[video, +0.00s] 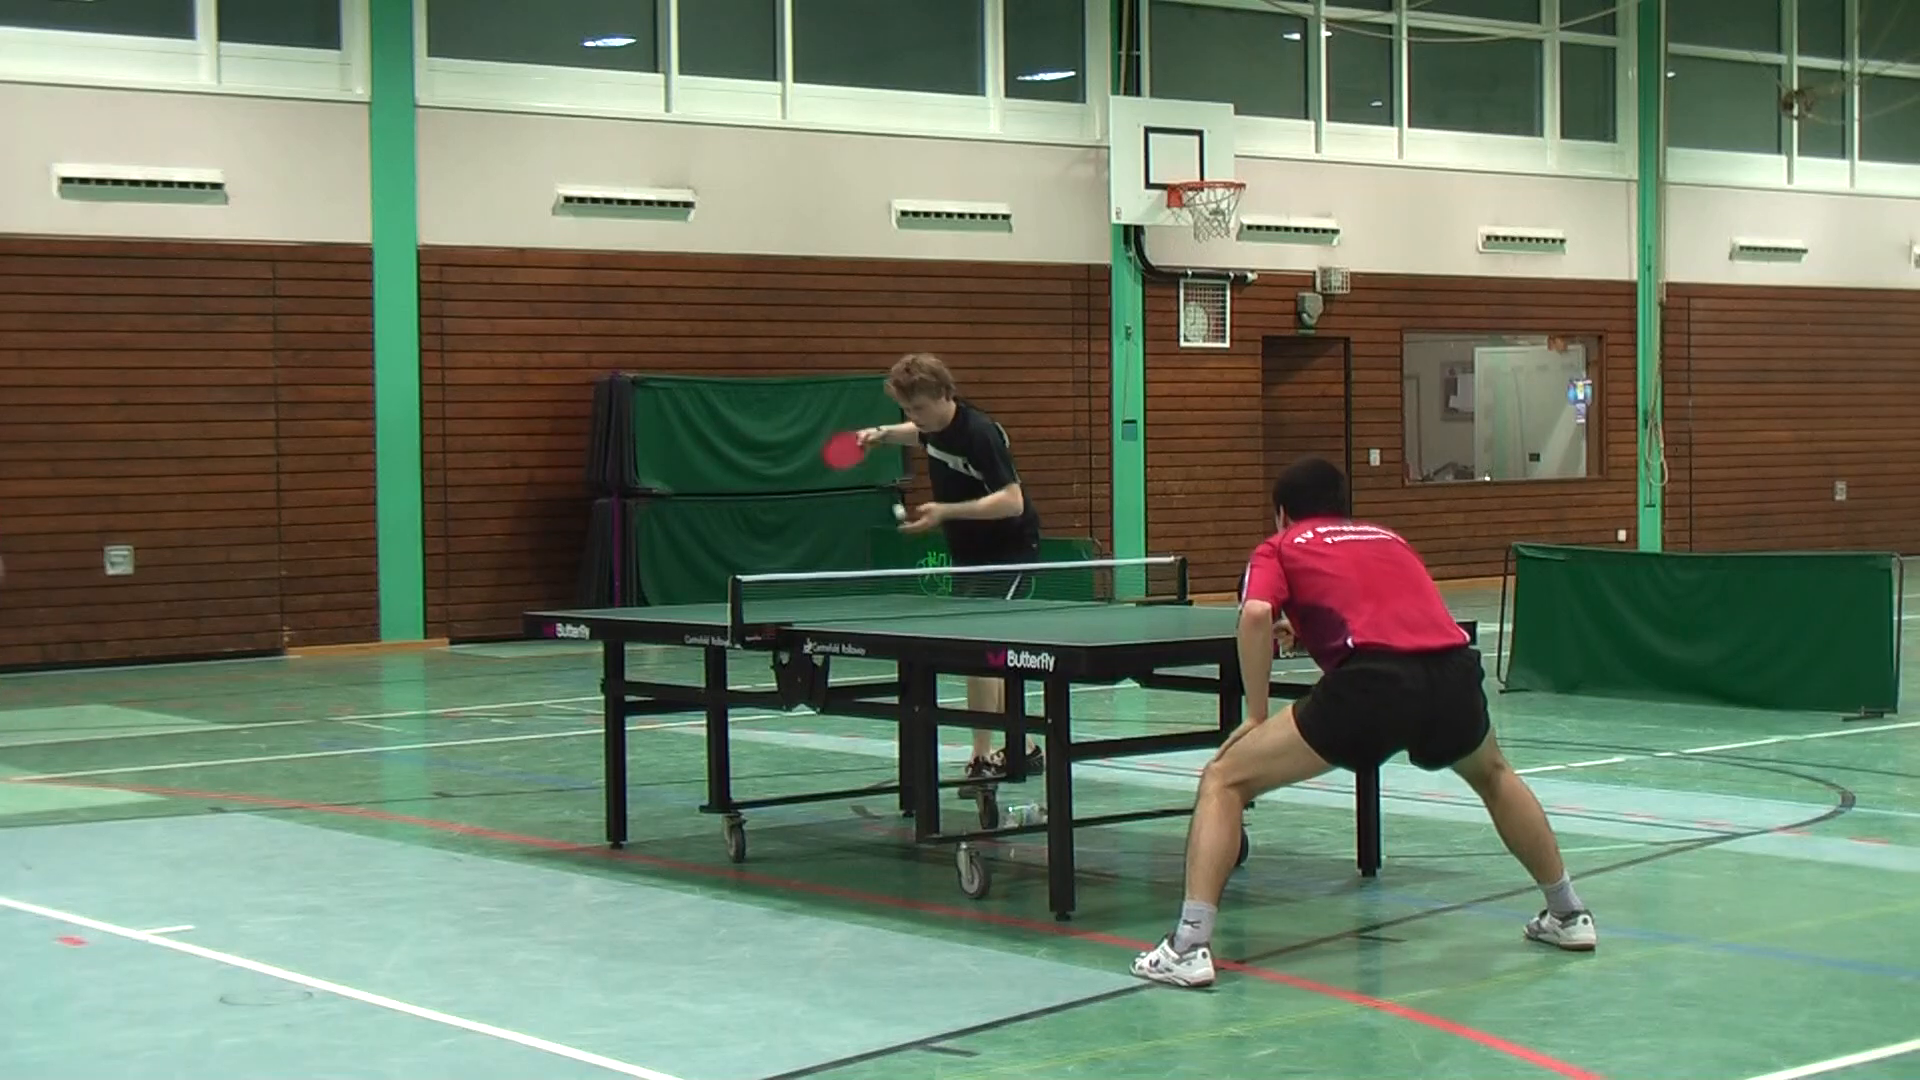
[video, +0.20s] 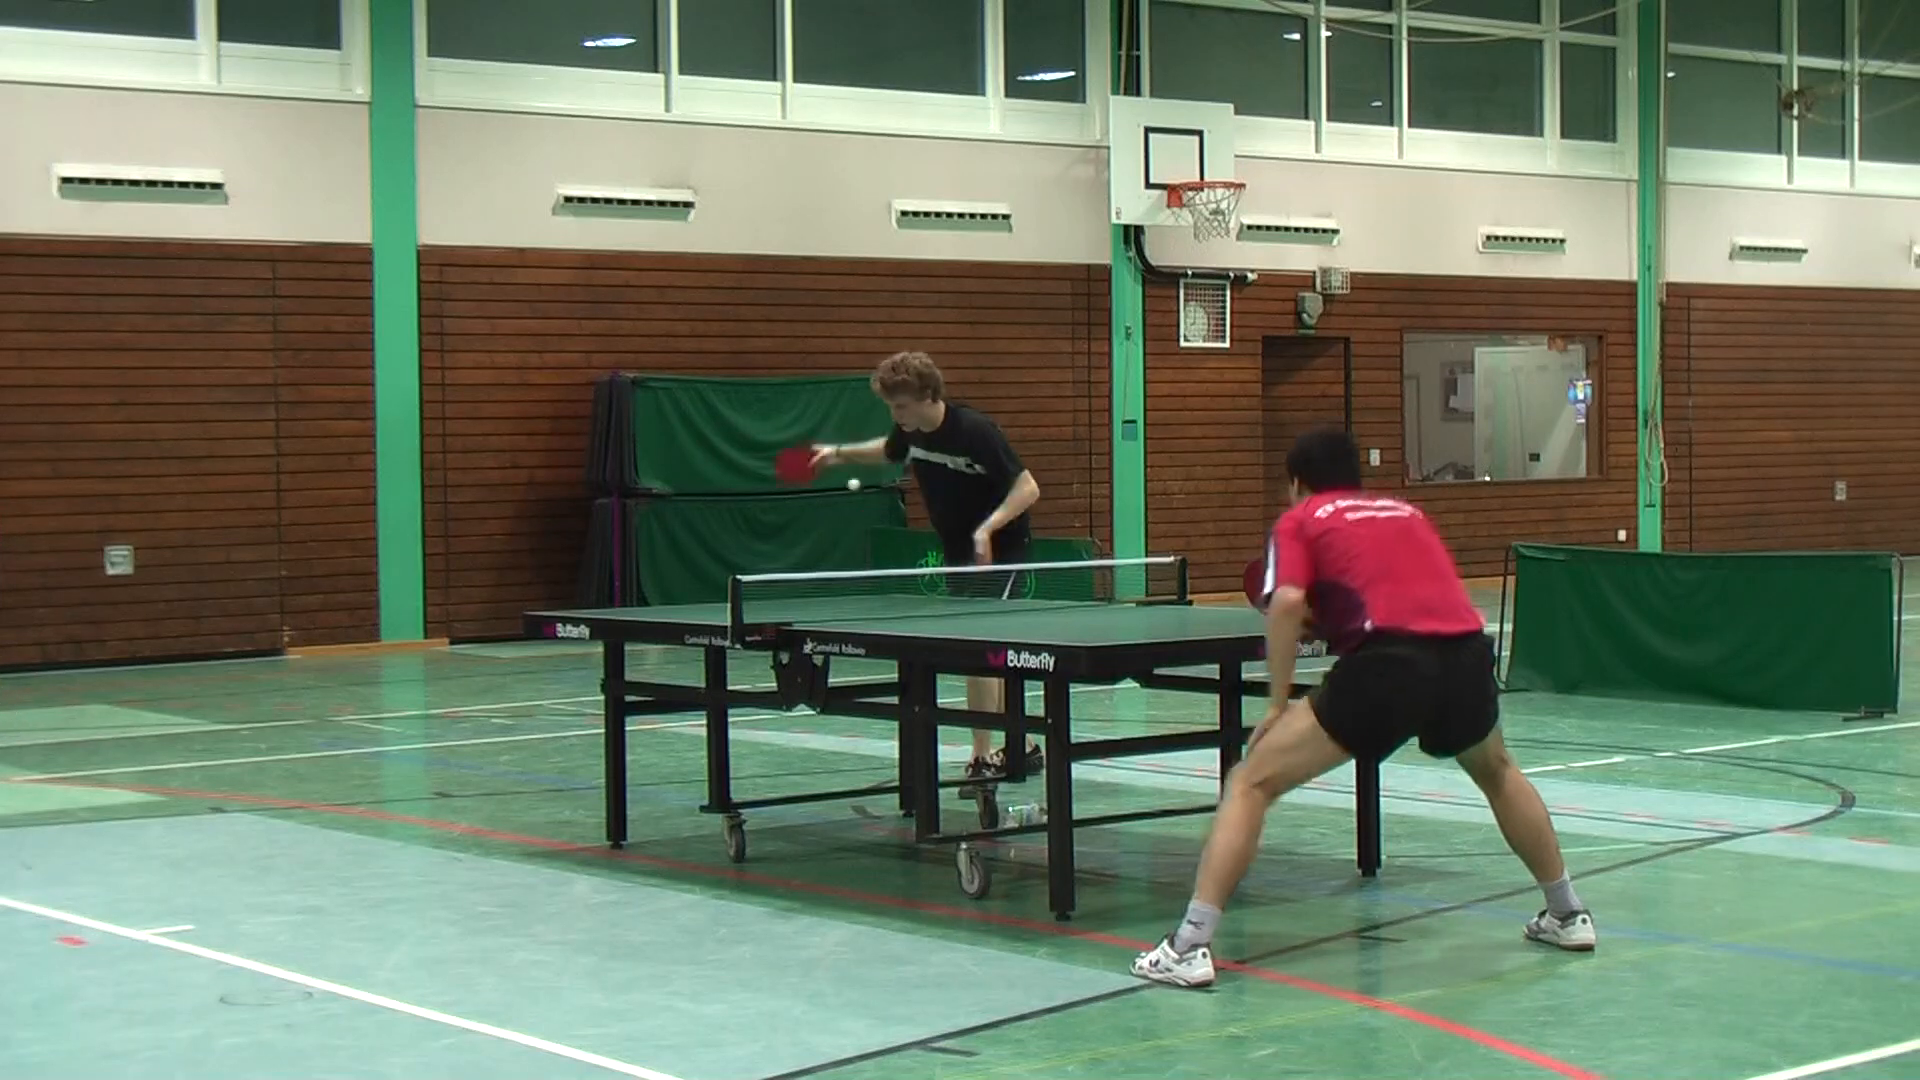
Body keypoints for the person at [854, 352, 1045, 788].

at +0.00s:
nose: (910, 417)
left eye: (914, 409)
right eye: (907, 410)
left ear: (942, 397)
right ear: (920, 406)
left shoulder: (980, 433)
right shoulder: (934, 426)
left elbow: (1013, 502)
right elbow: (916, 432)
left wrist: (945, 511)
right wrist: (881, 434)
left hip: (1006, 558)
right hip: (970, 555)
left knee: (978, 652)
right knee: (991, 652)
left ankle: (982, 755)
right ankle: (1020, 747)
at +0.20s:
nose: (894, 415)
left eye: (900, 406)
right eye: (891, 407)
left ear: (927, 398)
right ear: (897, 404)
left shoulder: (977, 432)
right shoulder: (910, 432)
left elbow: (1027, 487)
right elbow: (887, 452)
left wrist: (988, 526)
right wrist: (838, 453)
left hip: (1002, 558)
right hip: (959, 557)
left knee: (979, 652)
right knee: (983, 652)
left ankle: (982, 756)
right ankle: (1018, 745)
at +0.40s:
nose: (893, 410)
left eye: (900, 402)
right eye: (889, 401)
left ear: (926, 395)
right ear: (888, 397)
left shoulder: (970, 425)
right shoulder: (888, 438)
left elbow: (1027, 473)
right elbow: (883, 503)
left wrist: (1005, 490)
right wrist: (872, 527)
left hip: (986, 558)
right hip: (938, 561)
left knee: (976, 653)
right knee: (978, 654)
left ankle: (982, 755)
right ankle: (998, 744)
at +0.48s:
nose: (900, 407)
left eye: (908, 398)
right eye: (893, 397)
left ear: (931, 393)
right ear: (887, 393)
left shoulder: (969, 421)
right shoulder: (881, 431)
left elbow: (1026, 469)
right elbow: (874, 499)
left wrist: (999, 470)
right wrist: (906, 499)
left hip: (977, 557)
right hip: (925, 561)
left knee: (968, 653)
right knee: (937, 652)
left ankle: (982, 752)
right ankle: (996, 720)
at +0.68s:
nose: (896, 400)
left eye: (904, 389)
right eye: (886, 391)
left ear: (918, 387)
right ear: (874, 390)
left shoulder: (948, 424)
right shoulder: (860, 428)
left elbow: (1001, 468)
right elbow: (827, 491)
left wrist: (1005, 477)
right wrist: (860, 477)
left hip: (949, 561)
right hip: (888, 562)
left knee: (964, 659)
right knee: (848, 640)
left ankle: (981, 760)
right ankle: (880, 716)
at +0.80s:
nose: (870, 389)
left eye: (877, 380)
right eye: (861, 381)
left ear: (891, 379)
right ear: (847, 382)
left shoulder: (921, 420)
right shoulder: (832, 428)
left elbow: (972, 462)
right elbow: (803, 493)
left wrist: (976, 506)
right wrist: (829, 487)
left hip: (921, 563)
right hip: (856, 563)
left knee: (952, 654)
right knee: (800, 634)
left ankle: (978, 758)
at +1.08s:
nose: (823, 382)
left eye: (830, 374)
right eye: (814, 376)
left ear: (844, 378)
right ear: (801, 383)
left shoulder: (876, 425)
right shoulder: (786, 438)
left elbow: (941, 450)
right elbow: (758, 495)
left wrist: (925, 498)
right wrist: (776, 513)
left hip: (878, 575)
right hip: (809, 578)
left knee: (933, 650)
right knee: (769, 659)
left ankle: (954, 750)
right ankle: (744, 754)